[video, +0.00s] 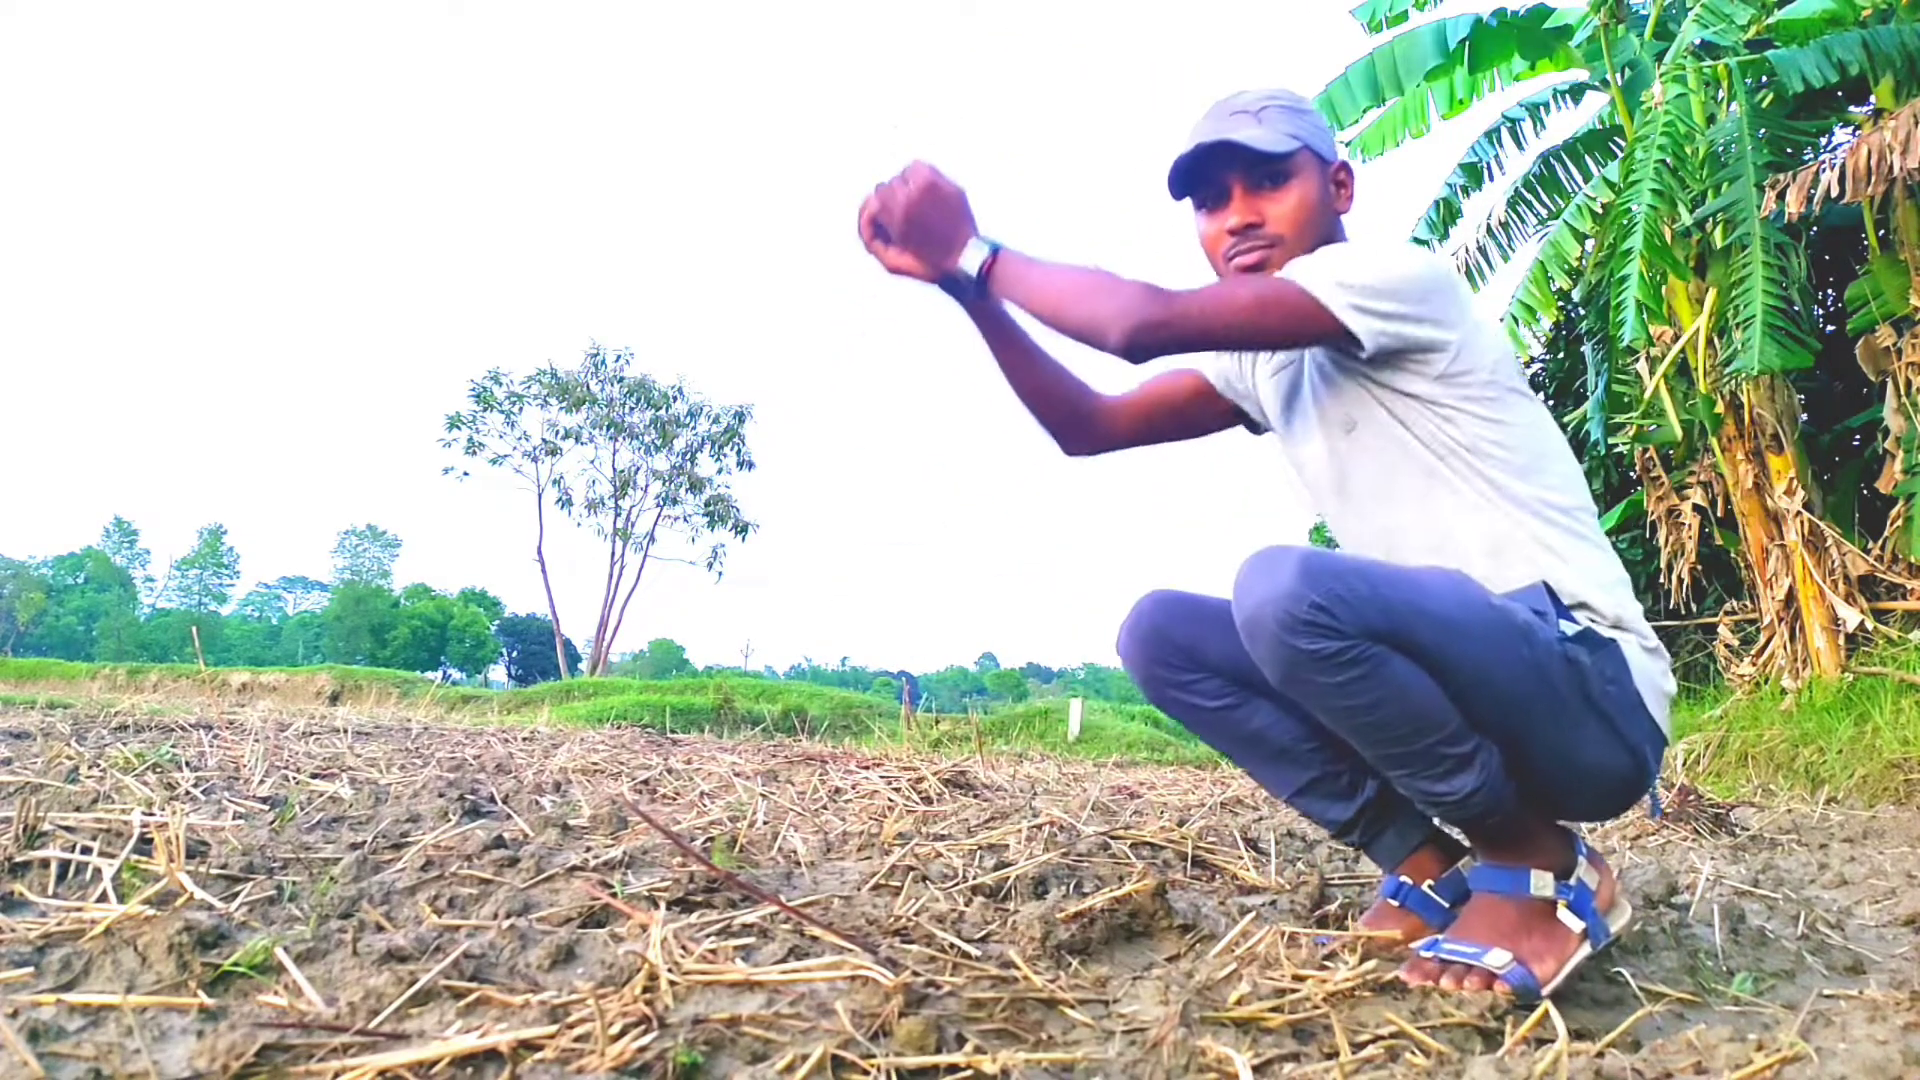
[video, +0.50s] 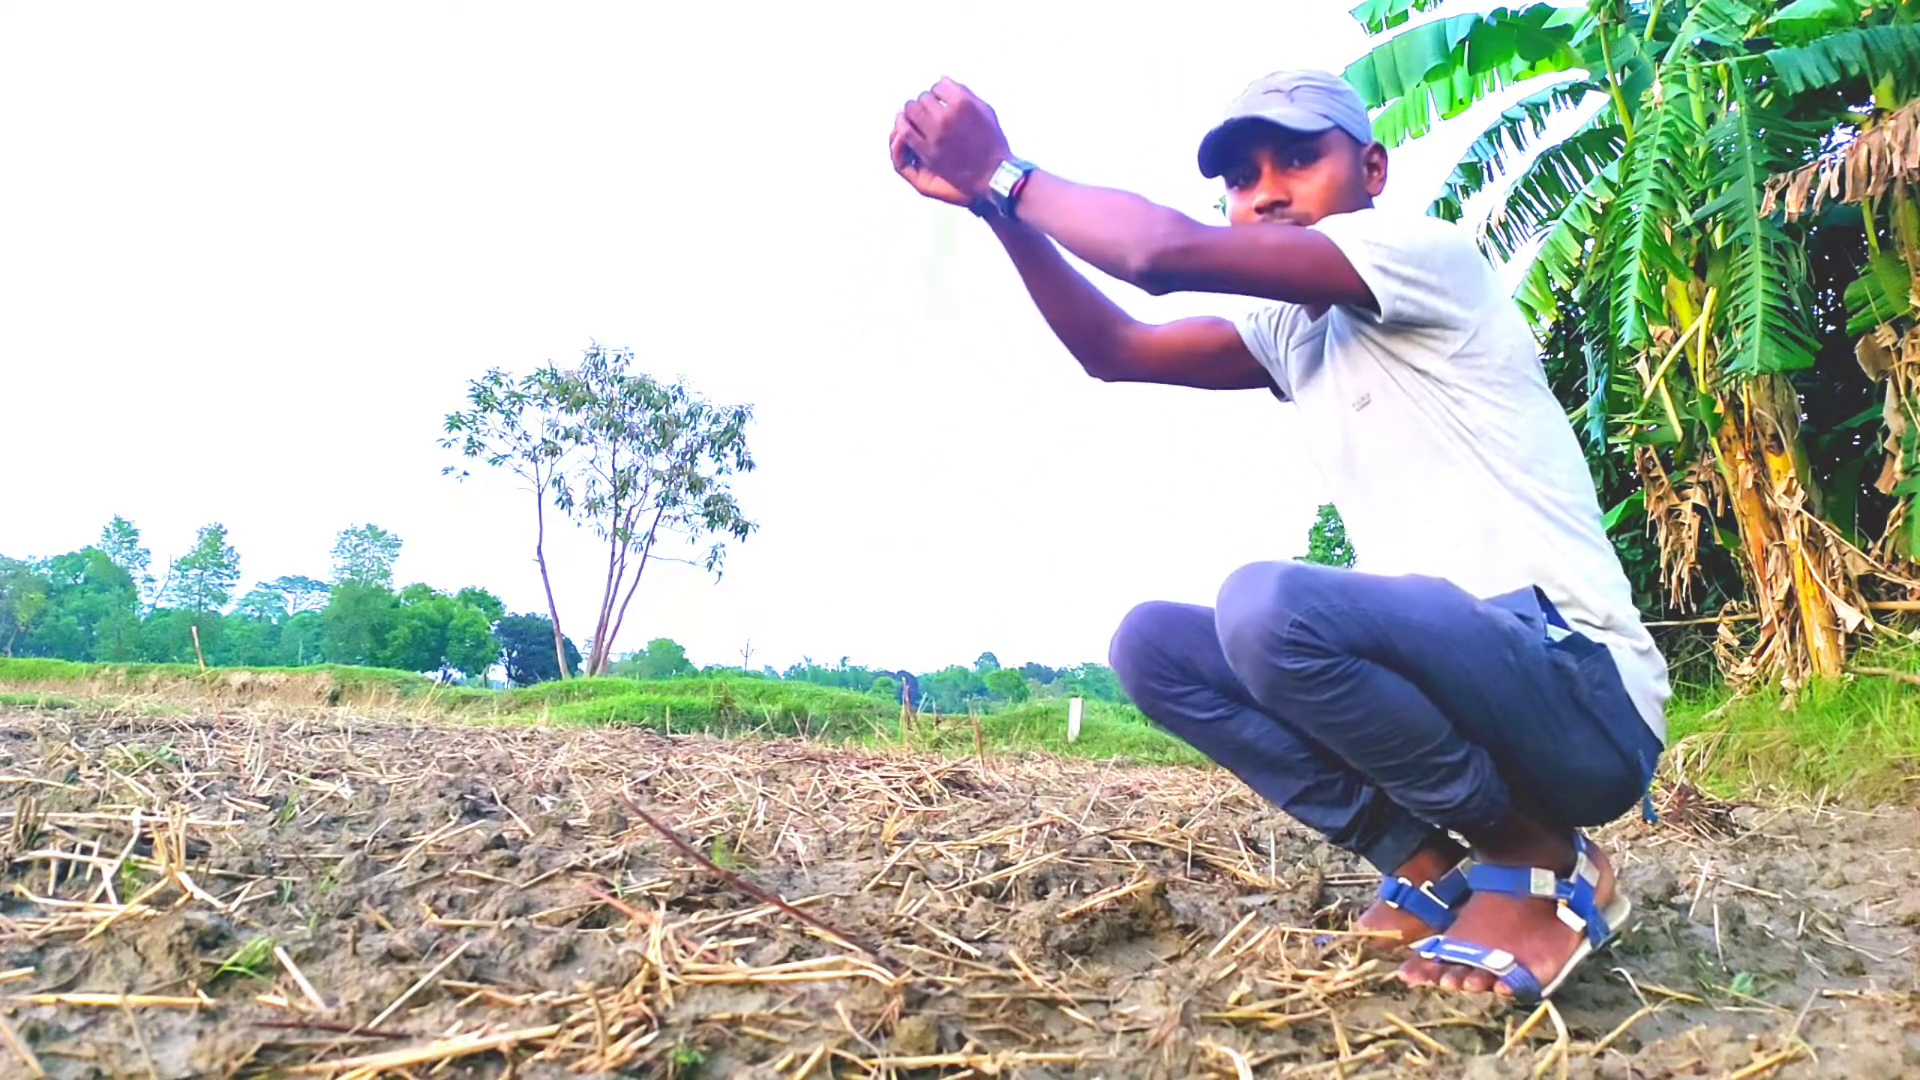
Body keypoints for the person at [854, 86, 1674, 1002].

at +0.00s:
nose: (1234, 216)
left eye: (1267, 182)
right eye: (1208, 197)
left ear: (1341, 189)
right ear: (1194, 222)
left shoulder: (1402, 284)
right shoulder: (1271, 362)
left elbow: (1140, 322)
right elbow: (1087, 424)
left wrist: (971, 254)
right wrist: (969, 288)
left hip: (1589, 686)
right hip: (1468, 698)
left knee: (1282, 593)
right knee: (1160, 631)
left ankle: (1535, 859)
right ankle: (1432, 870)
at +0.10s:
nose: (1246, 205)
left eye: (1277, 169)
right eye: (1221, 187)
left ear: (1350, 179)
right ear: (1207, 216)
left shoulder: (1410, 265)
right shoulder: (1281, 349)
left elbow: (1153, 282)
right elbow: (1093, 390)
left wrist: (992, 206)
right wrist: (984, 239)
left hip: (1585, 682)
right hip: (1464, 694)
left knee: (1279, 597)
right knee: (1158, 639)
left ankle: (1535, 859)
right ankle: (1436, 865)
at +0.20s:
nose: (1256, 199)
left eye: (1287, 164)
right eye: (1232, 186)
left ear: (1358, 174)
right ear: (1212, 209)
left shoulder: (1411, 262)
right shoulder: (1279, 342)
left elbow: (1155, 262)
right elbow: (1098, 368)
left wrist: (997, 180)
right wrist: (992, 216)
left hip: (1581, 684)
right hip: (1459, 697)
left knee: (1276, 603)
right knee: (1156, 642)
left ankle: (1535, 857)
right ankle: (1436, 859)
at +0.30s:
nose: (1262, 191)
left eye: (1292, 155)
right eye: (1237, 178)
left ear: (1364, 164)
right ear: (1217, 201)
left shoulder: (1419, 256)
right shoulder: (1287, 331)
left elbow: (1158, 246)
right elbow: (1106, 348)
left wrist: (1003, 161)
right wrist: (999, 200)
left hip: (1580, 681)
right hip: (1459, 689)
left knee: (1270, 606)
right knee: (1156, 644)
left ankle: (1538, 861)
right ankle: (1436, 864)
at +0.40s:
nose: (1265, 190)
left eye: (1296, 154)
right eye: (1240, 177)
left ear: (1368, 163)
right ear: (1221, 198)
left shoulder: (1424, 253)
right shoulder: (1295, 329)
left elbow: (1160, 242)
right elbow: (1111, 342)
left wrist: (1003, 156)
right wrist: (998, 194)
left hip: (1579, 680)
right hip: (1457, 689)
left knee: (1268, 608)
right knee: (1155, 643)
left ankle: (1536, 857)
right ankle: (1436, 860)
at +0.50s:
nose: (1266, 193)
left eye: (1299, 155)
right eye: (1241, 178)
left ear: (1372, 168)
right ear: (1221, 200)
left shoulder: (1427, 256)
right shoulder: (1298, 330)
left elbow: (1165, 251)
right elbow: (1115, 349)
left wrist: (1001, 173)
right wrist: (998, 208)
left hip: (1580, 684)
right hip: (1460, 692)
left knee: (1269, 608)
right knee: (1155, 644)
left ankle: (1538, 857)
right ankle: (1434, 860)